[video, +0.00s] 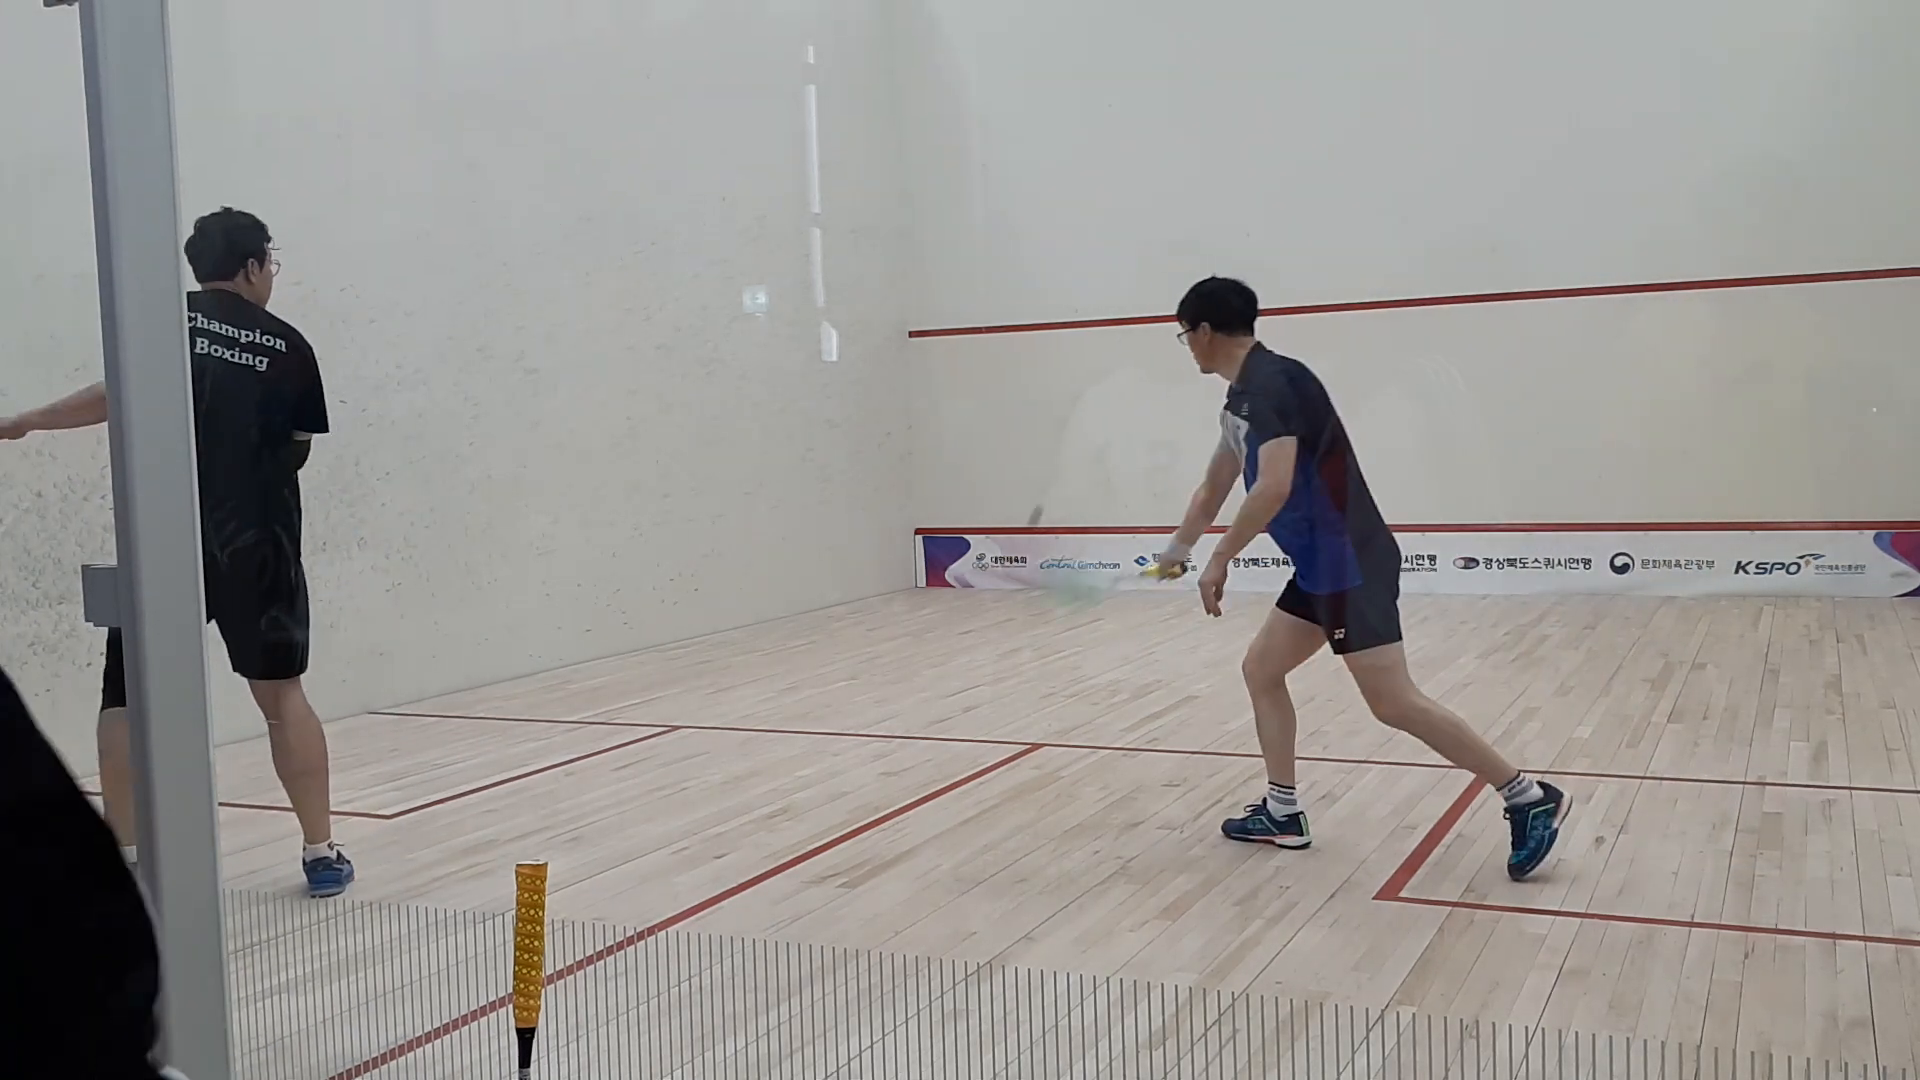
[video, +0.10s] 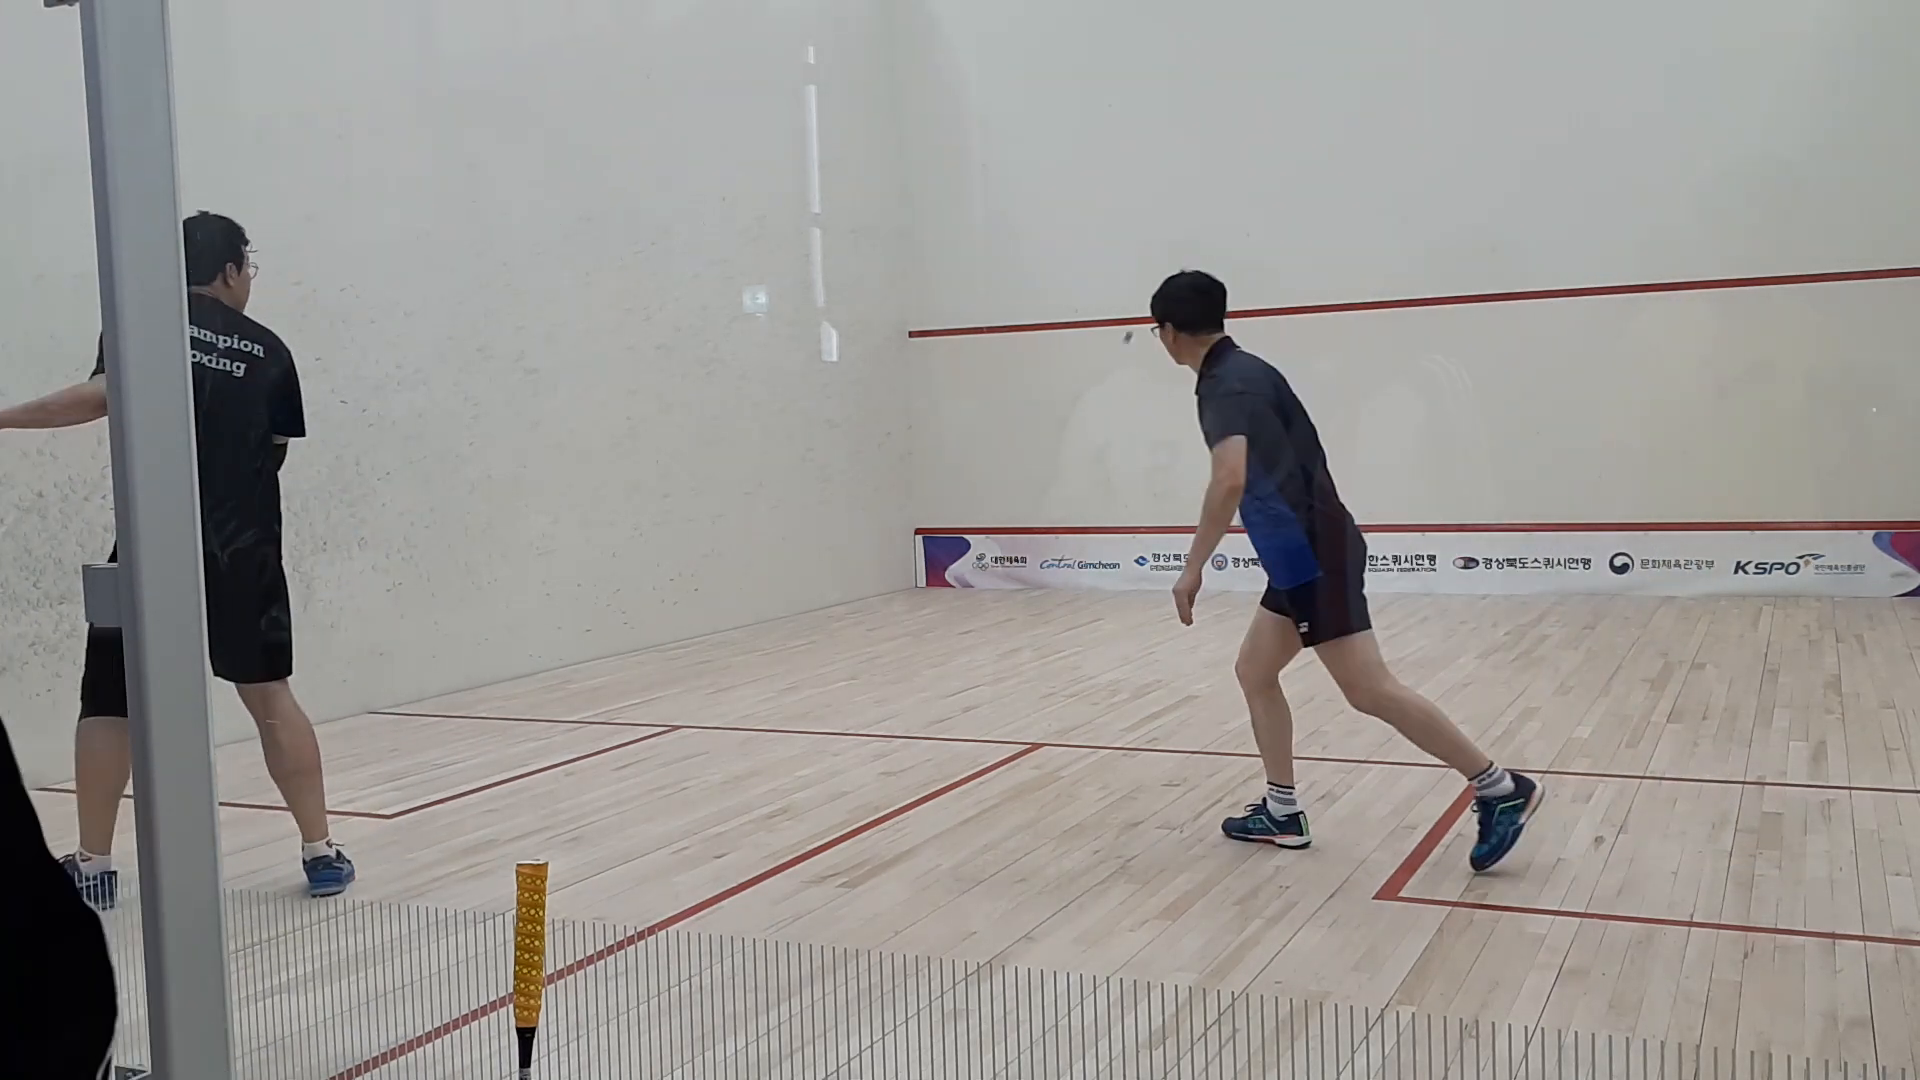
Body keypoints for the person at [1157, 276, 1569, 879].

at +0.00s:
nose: (1186, 344)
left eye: (1187, 332)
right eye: (1185, 333)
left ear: (1209, 331)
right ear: (1234, 326)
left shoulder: (1273, 383)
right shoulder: (1242, 395)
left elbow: (1274, 487)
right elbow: (1214, 486)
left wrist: (1221, 557)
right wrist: (1176, 549)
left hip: (1357, 564)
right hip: (1322, 568)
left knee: (1394, 702)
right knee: (1261, 669)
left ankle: (1528, 796)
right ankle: (1281, 810)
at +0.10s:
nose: (1160, 340)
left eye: (1160, 330)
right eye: (1158, 330)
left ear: (1175, 331)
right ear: (1214, 322)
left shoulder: (1227, 384)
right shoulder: (1239, 372)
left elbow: (1231, 480)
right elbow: (1289, 466)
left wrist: (1193, 566)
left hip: (1320, 556)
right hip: (1301, 558)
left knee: (1370, 690)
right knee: (1254, 670)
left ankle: (1500, 787)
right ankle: (1281, 808)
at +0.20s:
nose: (1138, 329)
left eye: (1137, 320)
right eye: (1138, 320)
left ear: (1148, 324)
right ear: (1197, 312)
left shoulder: (1185, 380)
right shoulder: (1243, 364)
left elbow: (1182, 475)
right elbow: (1288, 449)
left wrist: (1161, 561)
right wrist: (1259, 541)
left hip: (1281, 550)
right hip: (1306, 537)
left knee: (1325, 689)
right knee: (1247, 670)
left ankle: (1445, 789)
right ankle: (1281, 807)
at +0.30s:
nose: (1119, 324)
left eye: (1118, 315)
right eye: (1119, 314)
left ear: (1128, 318)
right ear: (1177, 307)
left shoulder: (1155, 375)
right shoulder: (1223, 359)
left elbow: (1152, 466)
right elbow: (1256, 446)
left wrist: (1125, 558)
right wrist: (1289, 497)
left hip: (1245, 544)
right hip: (1279, 533)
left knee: (1257, 686)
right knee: (1243, 674)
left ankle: (1360, 803)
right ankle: (1281, 806)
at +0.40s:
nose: (1094, 320)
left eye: (1094, 311)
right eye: (1093, 311)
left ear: (1104, 315)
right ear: (1155, 306)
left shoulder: (1128, 375)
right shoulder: (1199, 359)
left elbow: (1121, 469)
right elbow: (1233, 446)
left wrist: (1093, 556)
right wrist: (1270, 508)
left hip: (1203, 551)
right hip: (1260, 540)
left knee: (1177, 685)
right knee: (1239, 676)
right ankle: (1282, 805)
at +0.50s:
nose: (1064, 319)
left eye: (1065, 310)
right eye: (1068, 308)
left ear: (1074, 315)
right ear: (1124, 309)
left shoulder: (1099, 378)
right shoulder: (1171, 364)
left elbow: (1090, 472)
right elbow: (1198, 458)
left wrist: (1064, 560)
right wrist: (1235, 523)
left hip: (1158, 556)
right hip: (1223, 548)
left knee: (1101, 677)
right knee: (1220, 678)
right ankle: (1278, 804)